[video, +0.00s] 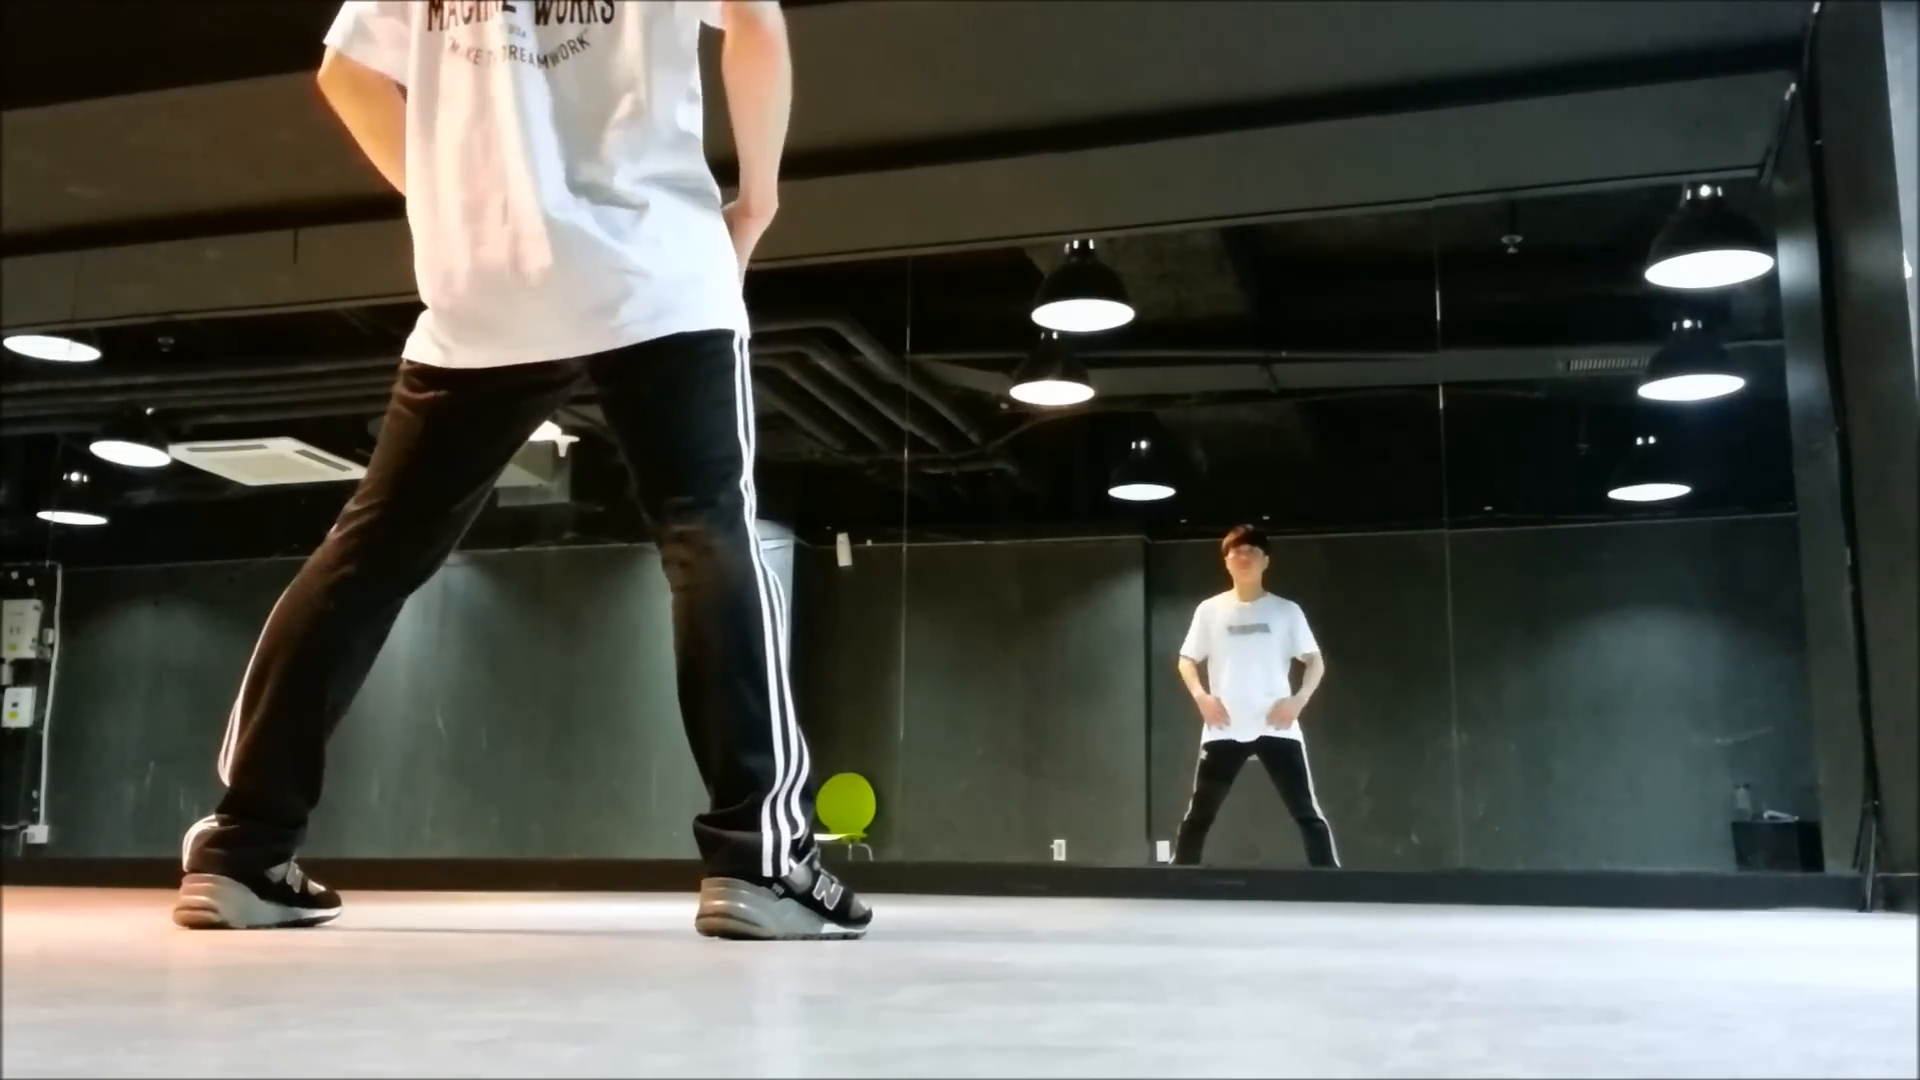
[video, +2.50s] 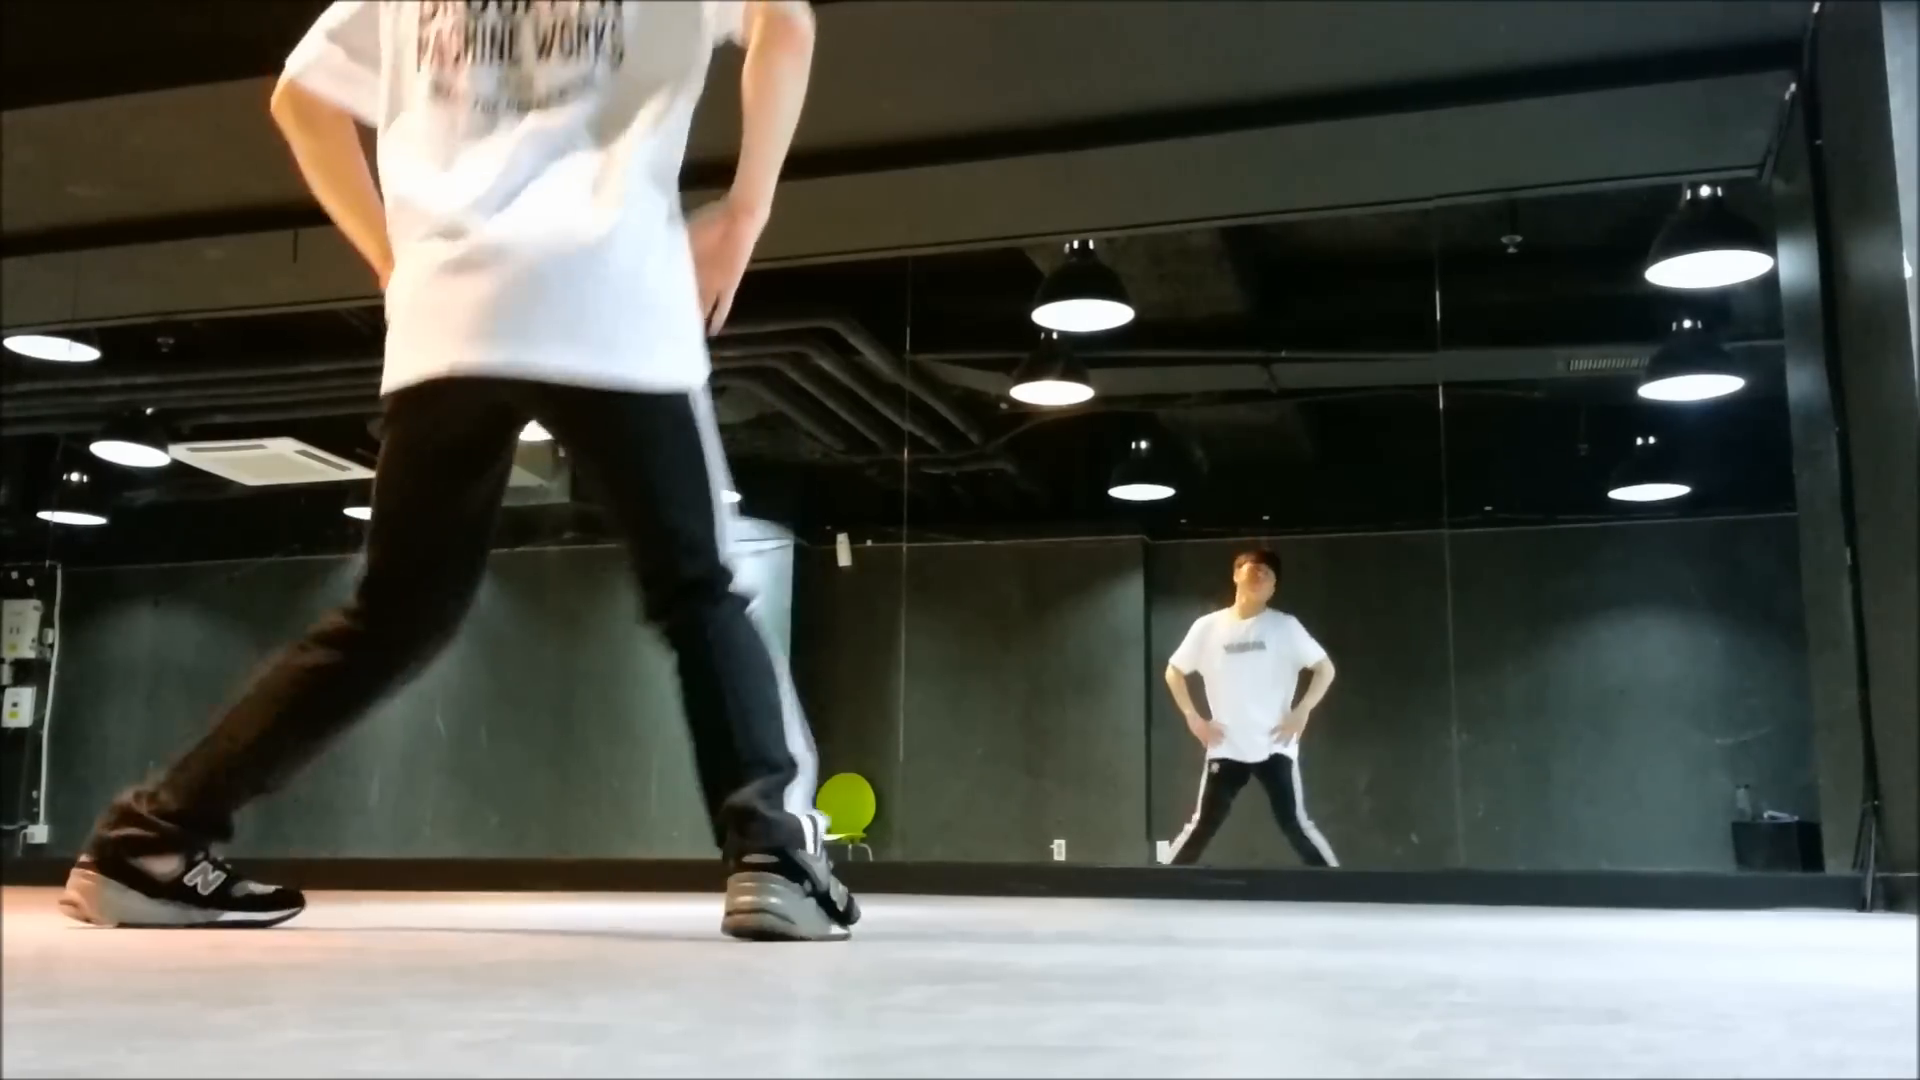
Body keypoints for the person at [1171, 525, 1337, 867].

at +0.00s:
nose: (1243, 556)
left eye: (1251, 550)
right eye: (1236, 551)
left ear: (1265, 560)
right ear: (1226, 561)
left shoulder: (1287, 611)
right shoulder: (1209, 610)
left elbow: (1315, 663)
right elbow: (1186, 660)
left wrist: (1297, 701)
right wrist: (1202, 697)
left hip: (1278, 731)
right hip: (1224, 731)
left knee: (1307, 813)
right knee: (1198, 816)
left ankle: (1332, 888)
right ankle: (1178, 890)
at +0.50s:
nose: (1231, 572)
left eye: (1239, 565)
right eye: (1225, 569)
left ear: (1257, 572)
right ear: (1220, 582)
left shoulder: (1290, 624)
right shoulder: (1210, 625)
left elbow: (1326, 671)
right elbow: (1176, 671)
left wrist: (1303, 711)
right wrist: (1199, 715)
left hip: (1277, 745)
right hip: (1227, 745)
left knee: (1292, 825)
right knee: (1201, 826)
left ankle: (1339, 889)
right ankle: (1160, 888)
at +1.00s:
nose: (1221, 582)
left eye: (1226, 573)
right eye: (1214, 577)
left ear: (1245, 567)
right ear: (1209, 583)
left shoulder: (1289, 609)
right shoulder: (1209, 617)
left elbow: (1322, 658)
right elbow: (1182, 666)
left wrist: (1298, 698)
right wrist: (1200, 699)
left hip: (1277, 730)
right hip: (1223, 732)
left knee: (1312, 801)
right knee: (1186, 796)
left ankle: (1316, 885)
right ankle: (1187, 884)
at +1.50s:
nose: (1225, 575)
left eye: (1232, 568)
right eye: (1217, 572)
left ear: (1250, 573)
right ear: (1213, 585)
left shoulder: (1287, 622)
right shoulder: (1208, 629)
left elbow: (1322, 668)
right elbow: (1178, 677)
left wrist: (1298, 714)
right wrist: (1200, 720)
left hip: (1278, 744)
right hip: (1229, 746)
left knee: (1291, 820)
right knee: (1206, 821)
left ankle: (1334, 887)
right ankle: (1166, 885)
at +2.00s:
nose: (1225, 588)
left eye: (1230, 579)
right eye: (1217, 583)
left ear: (1247, 574)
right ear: (1211, 587)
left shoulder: (1285, 612)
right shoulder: (1207, 624)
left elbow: (1320, 658)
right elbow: (1181, 672)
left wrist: (1296, 691)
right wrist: (1196, 699)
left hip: (1274, 727)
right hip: (1222, 729)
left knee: (1308, 803)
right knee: (1186, 800)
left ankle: (1316, 883)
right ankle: (1191, 883)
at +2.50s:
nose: (1256, 573)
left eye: (1264, 570)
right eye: (1249, 567)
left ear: (1274, 585)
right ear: (1235, 577)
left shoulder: (1286, 627)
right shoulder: (1207, 627)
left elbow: (1325, 669)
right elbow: (1174, 672)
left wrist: (1301, 713)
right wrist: (1195, 720)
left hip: (1276, 747)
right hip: (1227, 747)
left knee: (1294, 823)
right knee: (1203, 825)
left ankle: (1338, 888)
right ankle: (1162, 885)